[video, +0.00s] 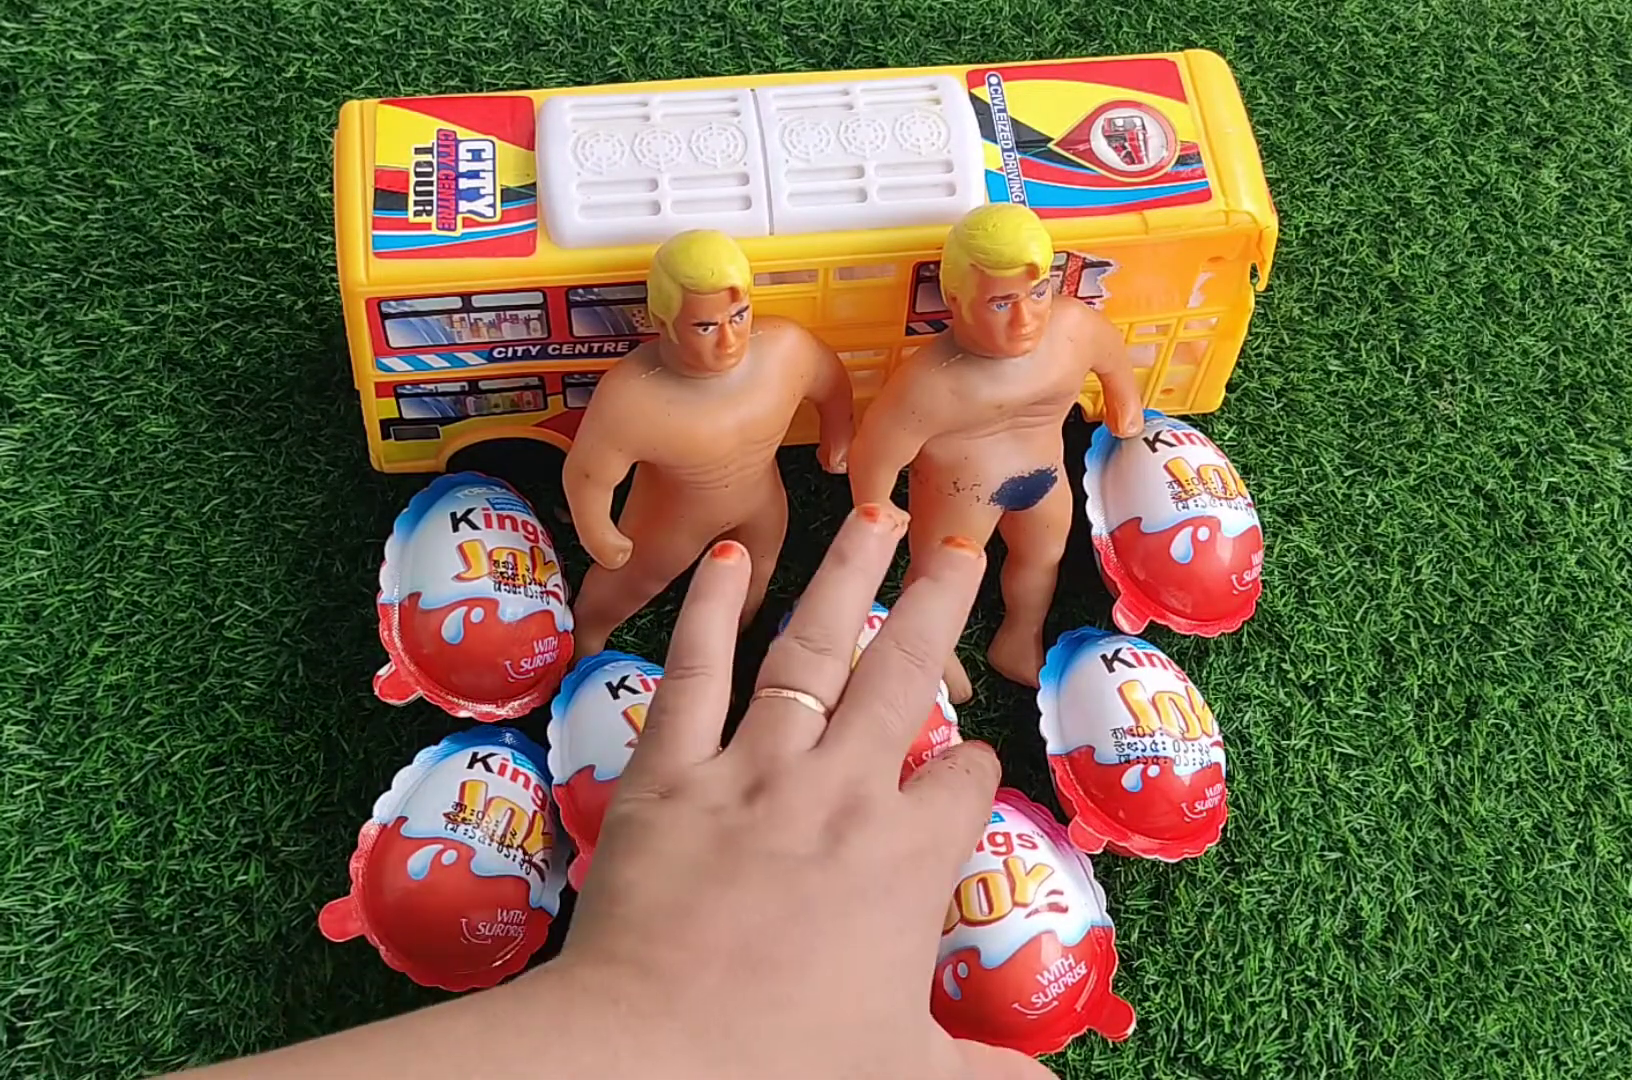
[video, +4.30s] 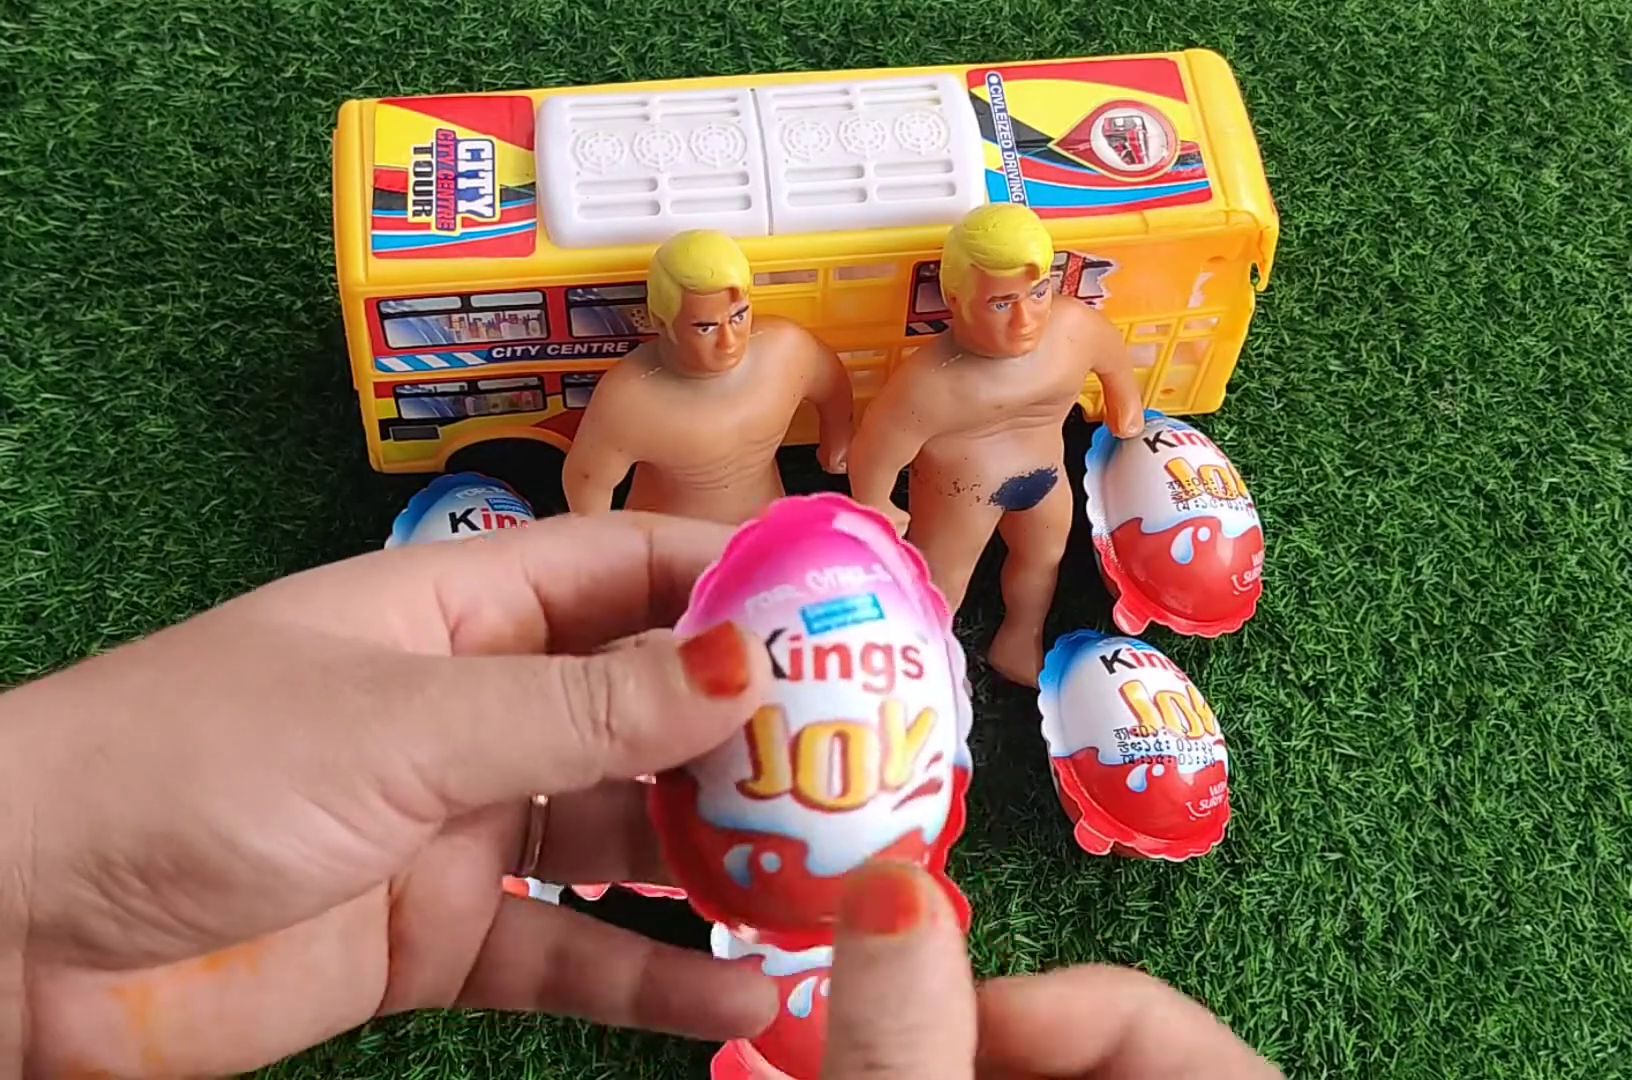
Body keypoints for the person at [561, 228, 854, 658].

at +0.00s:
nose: (729, 338)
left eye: (739, 316)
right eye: (705, 326)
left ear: (750, 303)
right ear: (663, 325)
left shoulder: (789, 350)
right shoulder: (630, 395)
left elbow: (835, 390)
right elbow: (587, 476)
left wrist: (837, 442)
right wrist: (603, 542)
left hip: (761, 503)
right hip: (671, 518)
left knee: (752, 589)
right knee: (627, 590)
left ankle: (730, 643)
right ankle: (587, 637)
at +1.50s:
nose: (729, 339)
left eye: (738, 316)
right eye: (705, 326)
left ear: (750, 303)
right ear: (662, 325)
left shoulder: (787, 350)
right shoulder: (628, 398)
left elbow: (833, 386)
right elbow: (586, 478)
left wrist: (836, 442)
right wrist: (601, 542)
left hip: (758, 502)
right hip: (670, 515)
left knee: (756, 587)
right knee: (637, 597)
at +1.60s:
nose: (728, 339)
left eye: (739, 315)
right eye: (704, 327)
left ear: (749, 300)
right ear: (664, 324)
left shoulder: (786, 350)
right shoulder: (626, 398)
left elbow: (833, 388)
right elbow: (582, 485)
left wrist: (835, 443)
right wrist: (611, 557)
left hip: (760, 524)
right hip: (675, 547)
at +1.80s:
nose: (728, 338)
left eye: (737, 316)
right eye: (705, 325)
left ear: (749, 302)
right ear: (664, 321)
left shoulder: (788, 350)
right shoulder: (628, 395)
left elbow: (834, 389)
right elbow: (584, 479)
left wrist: (836, 448)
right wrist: (604, 543)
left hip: (757, 512)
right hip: (668, 529)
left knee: (751, 622)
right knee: (690, 641)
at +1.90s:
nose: (728, 339)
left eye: (739, 316)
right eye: (705, 326)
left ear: (750, 302)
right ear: (664, 322)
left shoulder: (789, 350)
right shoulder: (628, 397)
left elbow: (833, 387)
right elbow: (586, 477)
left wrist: (837, 441)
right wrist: (597, 536)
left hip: (758, 501)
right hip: (670, 515)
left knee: (750, 580)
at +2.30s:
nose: (727, 339)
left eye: (738, 316)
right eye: (704, 325)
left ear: (750, 300)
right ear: (661, 321)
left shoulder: (786, 349)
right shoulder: (627, 394)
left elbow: (832, 387)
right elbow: (584, 477)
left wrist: (835, 440)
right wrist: (600, 543)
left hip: (766, 528)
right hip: (659, 545)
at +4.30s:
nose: (728, 340)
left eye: (738, 316)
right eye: (704, 326)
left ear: (749, 301)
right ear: (660, 321)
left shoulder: (786, 349)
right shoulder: (628, 395)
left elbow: (832, 385)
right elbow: (585, 479)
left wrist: (837, 441)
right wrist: (601, 553)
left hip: (766, 529)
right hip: (667, 546)